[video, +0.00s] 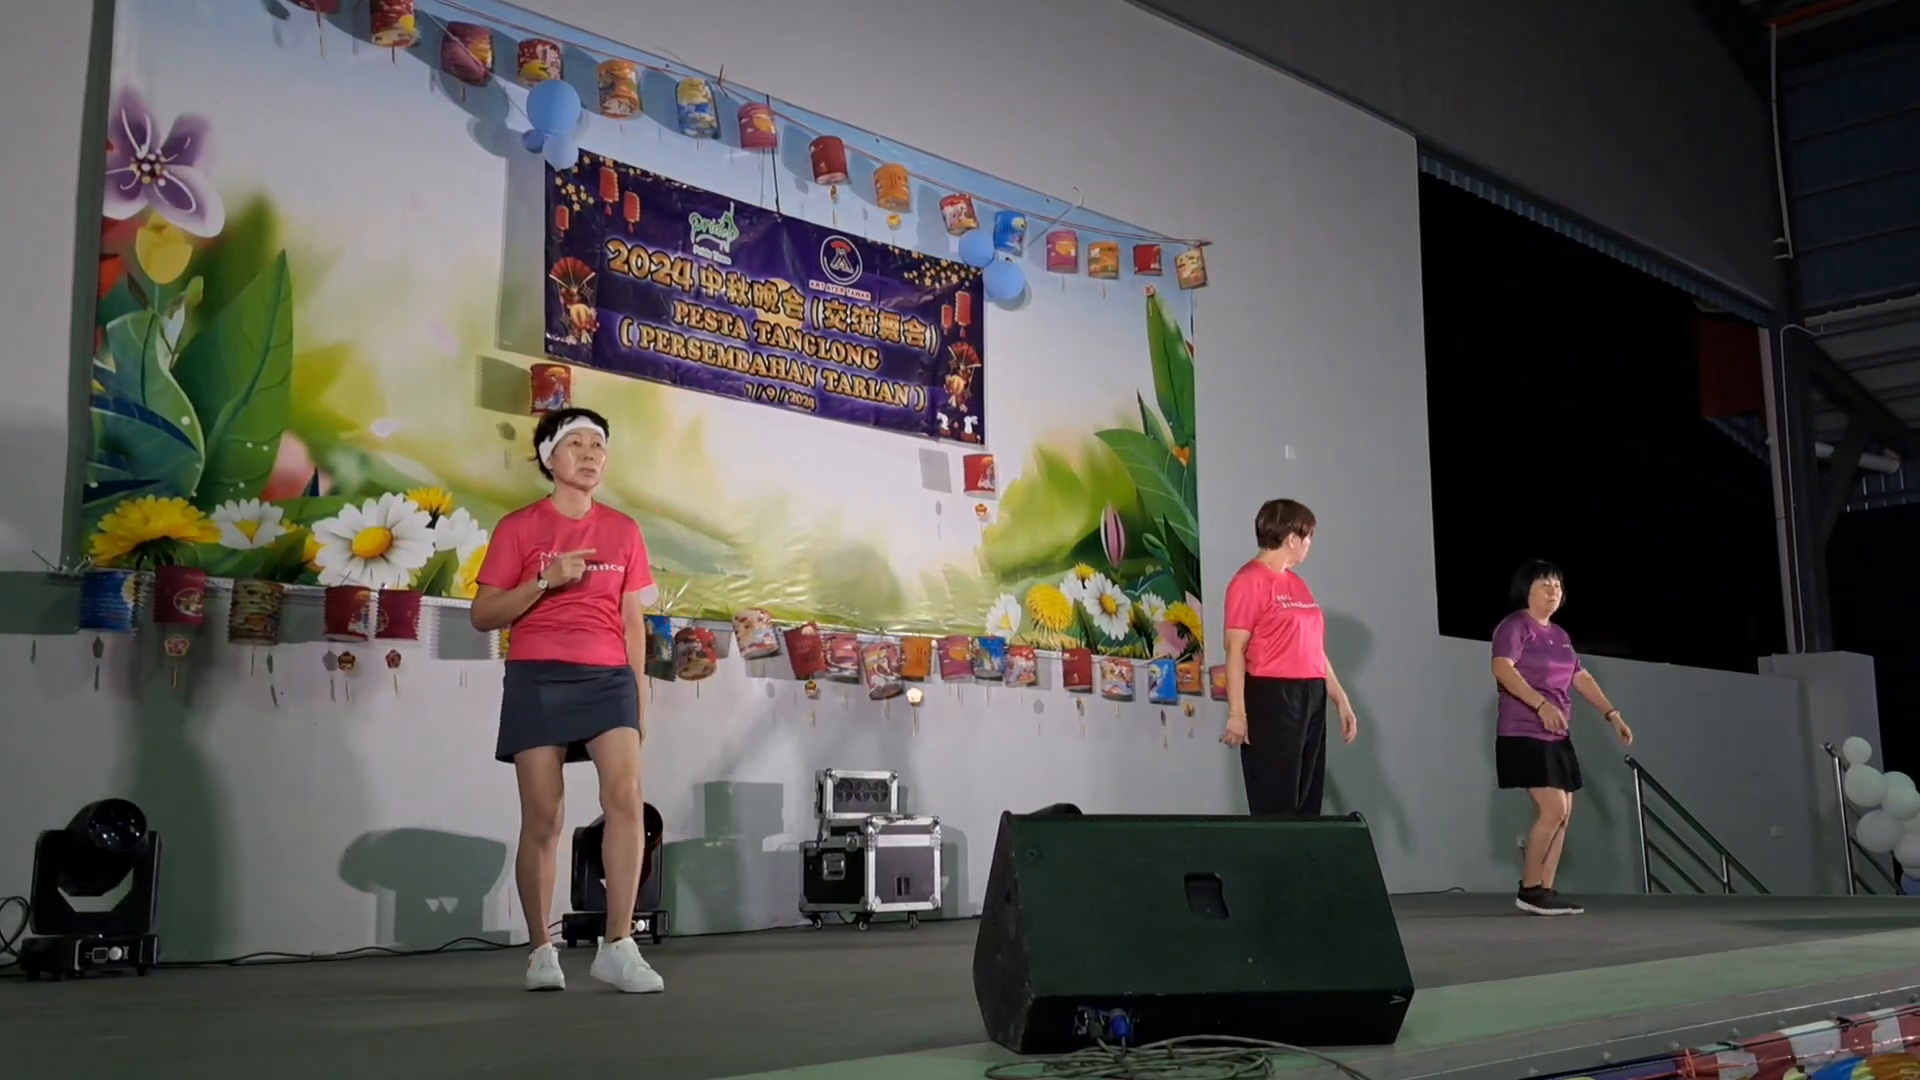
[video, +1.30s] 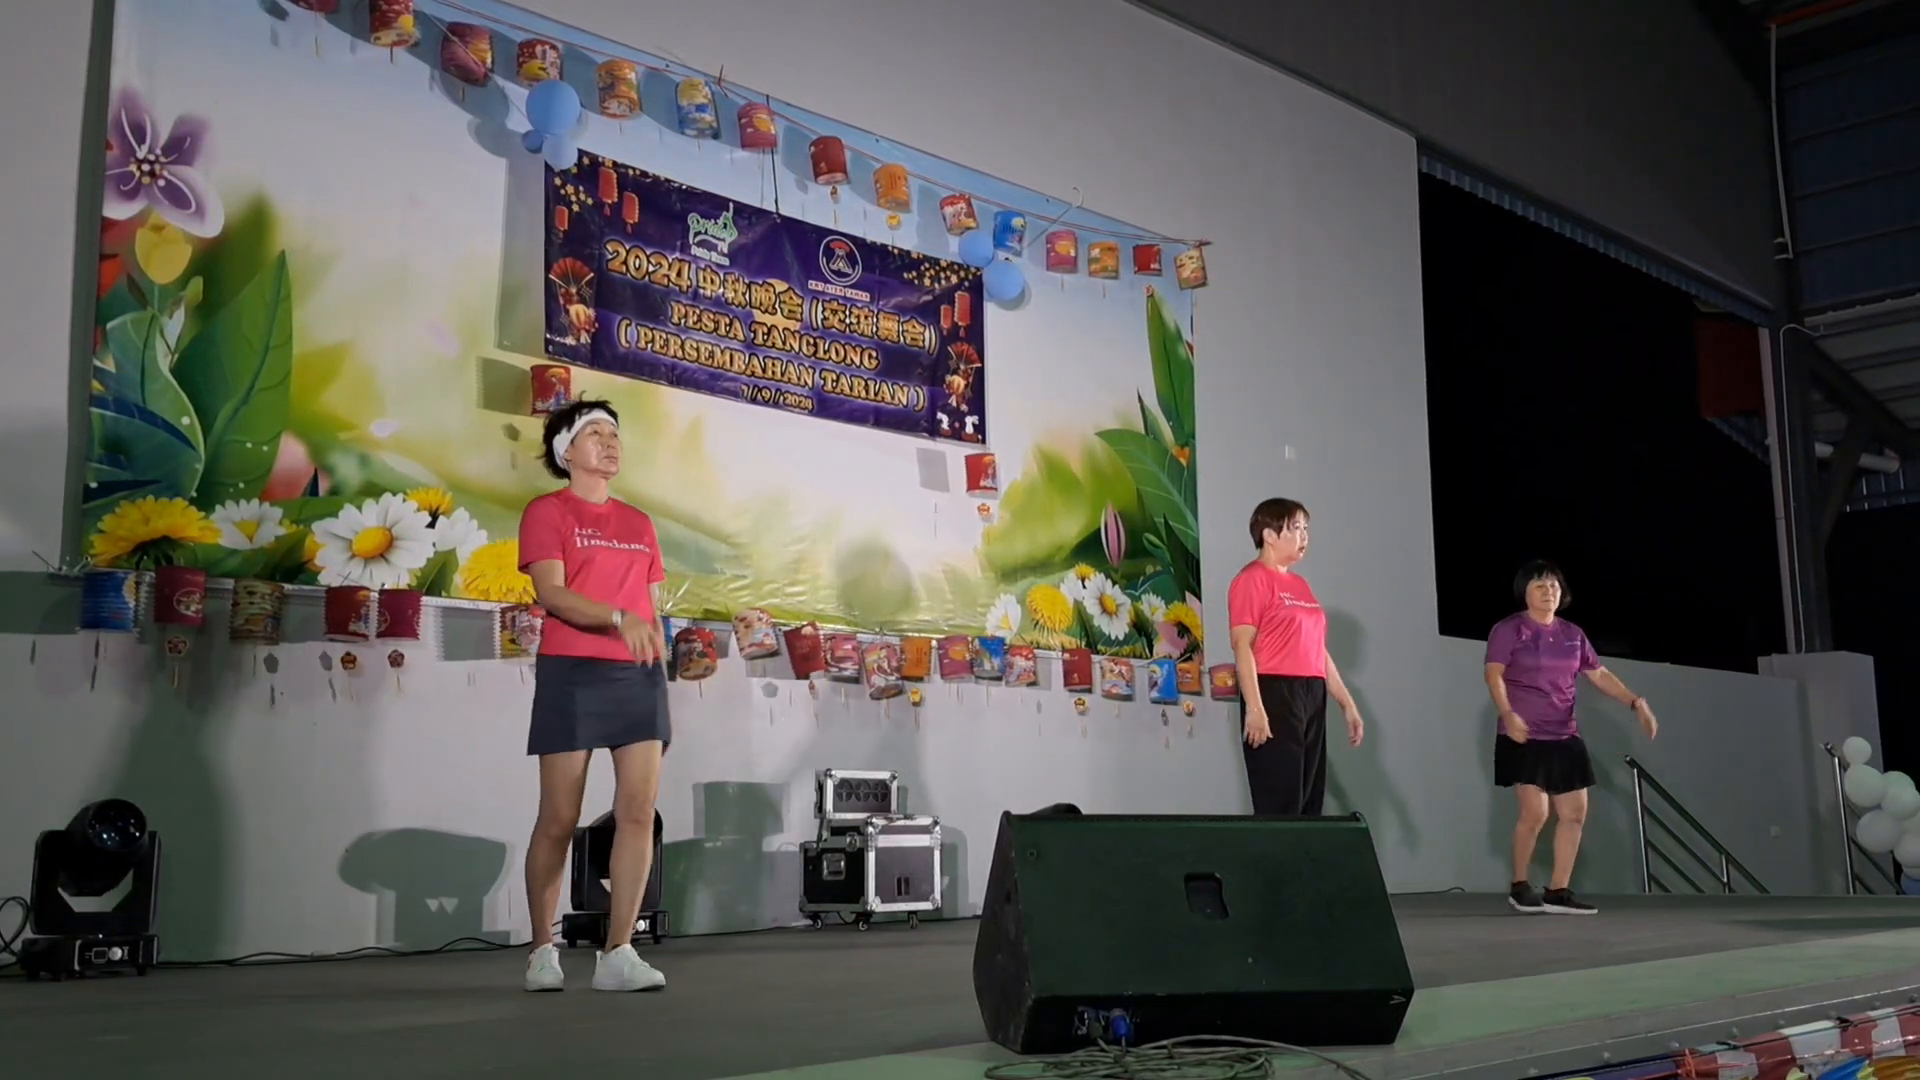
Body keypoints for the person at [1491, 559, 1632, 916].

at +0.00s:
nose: (1553, 591)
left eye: (1557, 586)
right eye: (1544, 584)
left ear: (1562, 594)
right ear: (1527, 589)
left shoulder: (1559, 636)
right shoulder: (1514, 625)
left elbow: (1580, 677)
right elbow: (1502, 669)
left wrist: (1612, 714)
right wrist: (1541, 704)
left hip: (1556, 736)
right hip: (1523, 735)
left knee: (1563, 811)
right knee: (1553, 808)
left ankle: (1545, 891)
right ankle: (1529, 889)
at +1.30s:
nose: (1548, 592)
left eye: (1553, 587)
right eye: (1540, 586)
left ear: (1560, 594)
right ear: (1525, 593)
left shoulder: (1573, 635)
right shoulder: (1508, 631)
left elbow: (1600, 675)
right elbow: (1493, 675)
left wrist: (1635, 701)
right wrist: (1507, 714)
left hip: (1565, 738)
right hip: (1523, 736)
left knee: (1574, 812)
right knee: (1535, 811)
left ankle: (1558, 891)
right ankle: (1520, 886)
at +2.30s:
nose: (1507, 588)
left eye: (1513, 583)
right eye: (1500, 584)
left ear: (1524, 593)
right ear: (1488, 596)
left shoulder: (1543, 634)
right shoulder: (1478, 636)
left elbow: (1557, 682)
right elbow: (1478, 685)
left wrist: (1570, 727)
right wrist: (1507, 724)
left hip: (1549, 738)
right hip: (1503, 739)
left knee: (1563, 811)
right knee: (1505, 814)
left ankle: (1553, 892)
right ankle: (1505, 891)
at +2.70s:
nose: (1552, 590)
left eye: (1553, 585)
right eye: (1543, 584)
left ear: (1555, 596)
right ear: (1524, 592)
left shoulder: (1554, 638)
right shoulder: (1514, 629)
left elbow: (1563, 694)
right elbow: (1519, 682)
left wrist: (1580, 734)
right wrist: (1545, 729)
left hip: (1561, 736)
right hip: (1528, 735)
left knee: (1564, 816)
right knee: (1555, 811)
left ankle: (1554, 891)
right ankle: (1524, 883)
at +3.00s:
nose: (1557, 587)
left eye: (1557, 582)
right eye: (1549, 582)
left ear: (1558, 592)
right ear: (1532, 589)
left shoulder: (1556, 634)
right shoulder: (1523, 625)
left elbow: (1563, 690)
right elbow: (1521, 677)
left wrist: (1578, 732)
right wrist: (1542, 729)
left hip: (1566, 735)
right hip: (1538, 734)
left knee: (1565, 814)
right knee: (1550, 811)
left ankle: (1556, 891)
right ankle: (1542, 892)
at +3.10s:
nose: (1556, 586)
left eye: (1556, 581)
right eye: (1548, 580)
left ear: (1557, 591)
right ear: (1530, 588)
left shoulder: (1557, 633)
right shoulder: (1521, 625)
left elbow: (1565, 689)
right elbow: (1522, 678)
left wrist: (1578, 732)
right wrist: (1545, 727)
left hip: (1566, 734)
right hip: (1534, 732)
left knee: (1563, 813)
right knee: (1544, 810)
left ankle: (1556, 890)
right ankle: (1541, 892)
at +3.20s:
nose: (1554, 586)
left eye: (1555, 581)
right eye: (1546, 581)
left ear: (1557, 590)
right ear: (1528, 588)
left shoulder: (1559, 633)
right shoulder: (1519, 626)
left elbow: (1567, 689)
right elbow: (1520, 679)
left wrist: (1581, 732)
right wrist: (1547, 726)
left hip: (1567, 735)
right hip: (1533, 733)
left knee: (1564, 813)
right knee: (1538, 812)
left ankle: (1555, 891)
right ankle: (1540, 892)